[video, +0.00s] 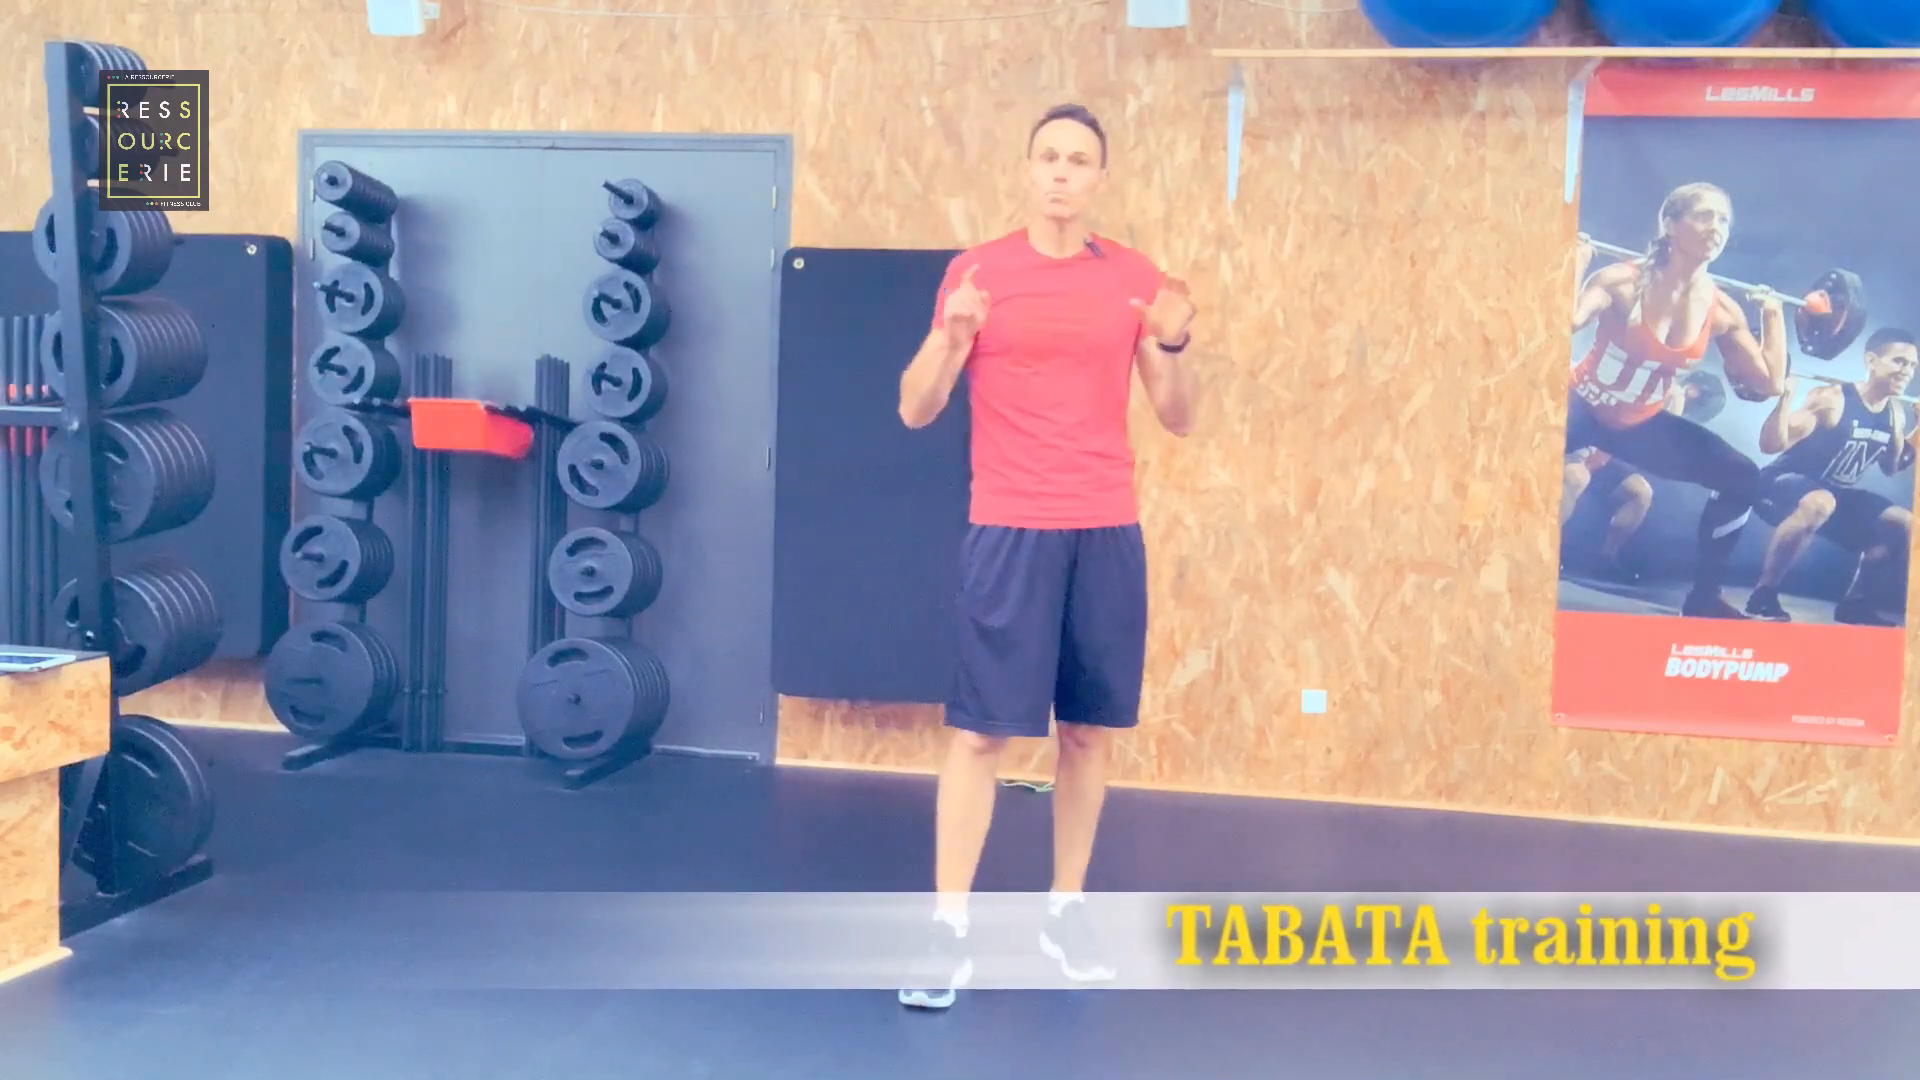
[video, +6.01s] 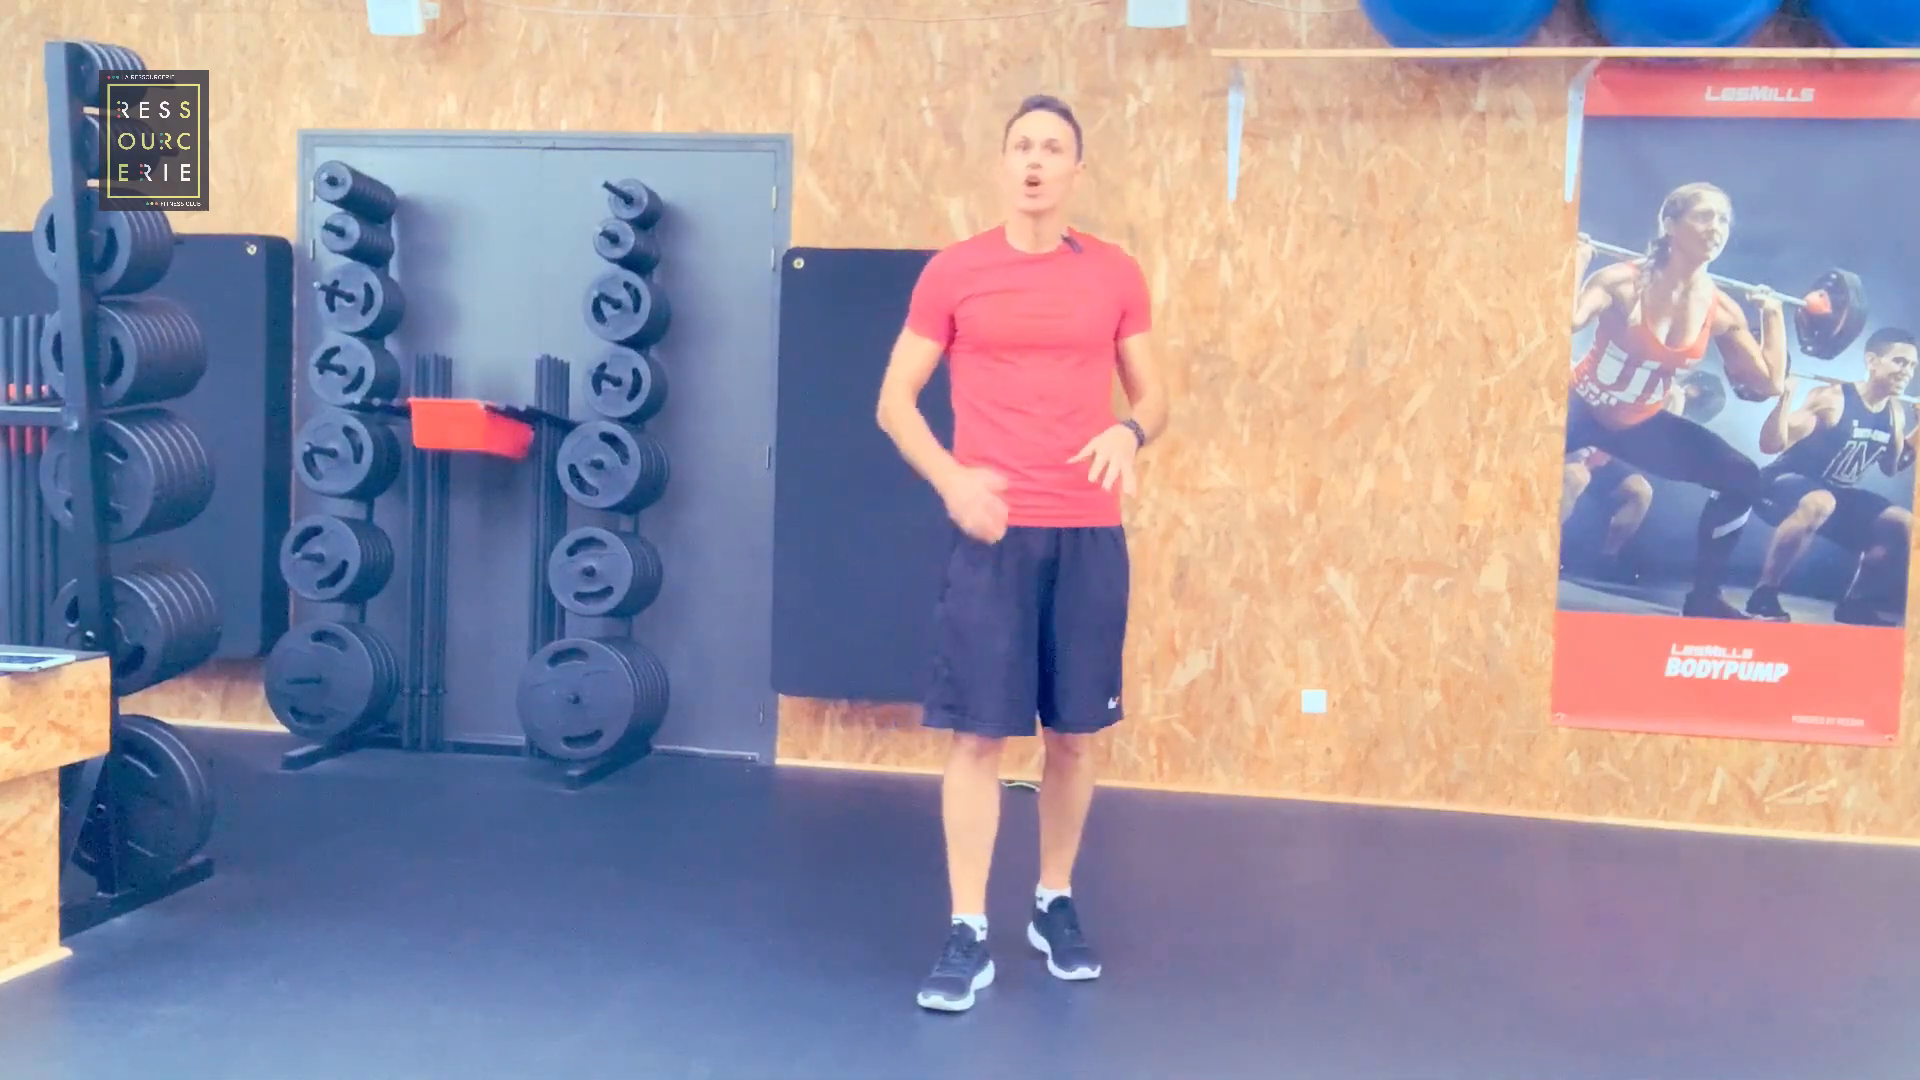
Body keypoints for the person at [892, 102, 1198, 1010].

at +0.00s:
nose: (1063, 174)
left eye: (1080, 162)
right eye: (1050, 159)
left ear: (1103, 180)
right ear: (1025, 172)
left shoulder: (1138, 280)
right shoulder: (976, 271)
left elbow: (1177, 418)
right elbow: (916, 411)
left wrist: (1174, 347)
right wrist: (950, 340)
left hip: (1106, 531)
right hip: (1007, 529)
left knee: (1085, 735)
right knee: (979, 733)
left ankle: (1062, 919)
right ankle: (948, 932)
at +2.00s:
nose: (1079, 237)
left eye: (1094, 225)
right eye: (1068, 221)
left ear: (1115, 236)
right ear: (1047, 226)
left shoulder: (1138, 320)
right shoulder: (996, 310)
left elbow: (1148, 433)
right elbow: (948, 424)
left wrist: (1128, 535)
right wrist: (975, 525)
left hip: (1094, 539)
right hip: (1005, 534)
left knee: (1081, 704)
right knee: (980, 695)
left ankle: (1043, 851)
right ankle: (957, 864)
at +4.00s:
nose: (1064, 178)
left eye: (1080, 165)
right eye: (1051, 163)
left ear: (1103, 183)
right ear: (1027, 178)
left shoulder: (1138, 281)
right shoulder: (981, 280)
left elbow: (1173, 416)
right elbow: (946, 411)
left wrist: (1146, 401)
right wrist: (946, 527)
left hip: (1105, 530)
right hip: (1006, 528)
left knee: (1091, 721)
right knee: (982, 717)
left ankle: (1072, 907)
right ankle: (965, 858)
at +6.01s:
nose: (1035, 162)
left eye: (1053, 150)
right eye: (1023, 147)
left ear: (1079, 170)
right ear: (1000, 164)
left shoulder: (1113, 271)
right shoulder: (954, 270)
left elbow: (1151, 405)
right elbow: (893, 401)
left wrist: (1131, 431)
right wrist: (949, 479)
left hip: (1089, 532)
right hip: (990, 531)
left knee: (1071, 736)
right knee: (979, 735)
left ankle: (1056, 904)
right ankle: (968, 933)